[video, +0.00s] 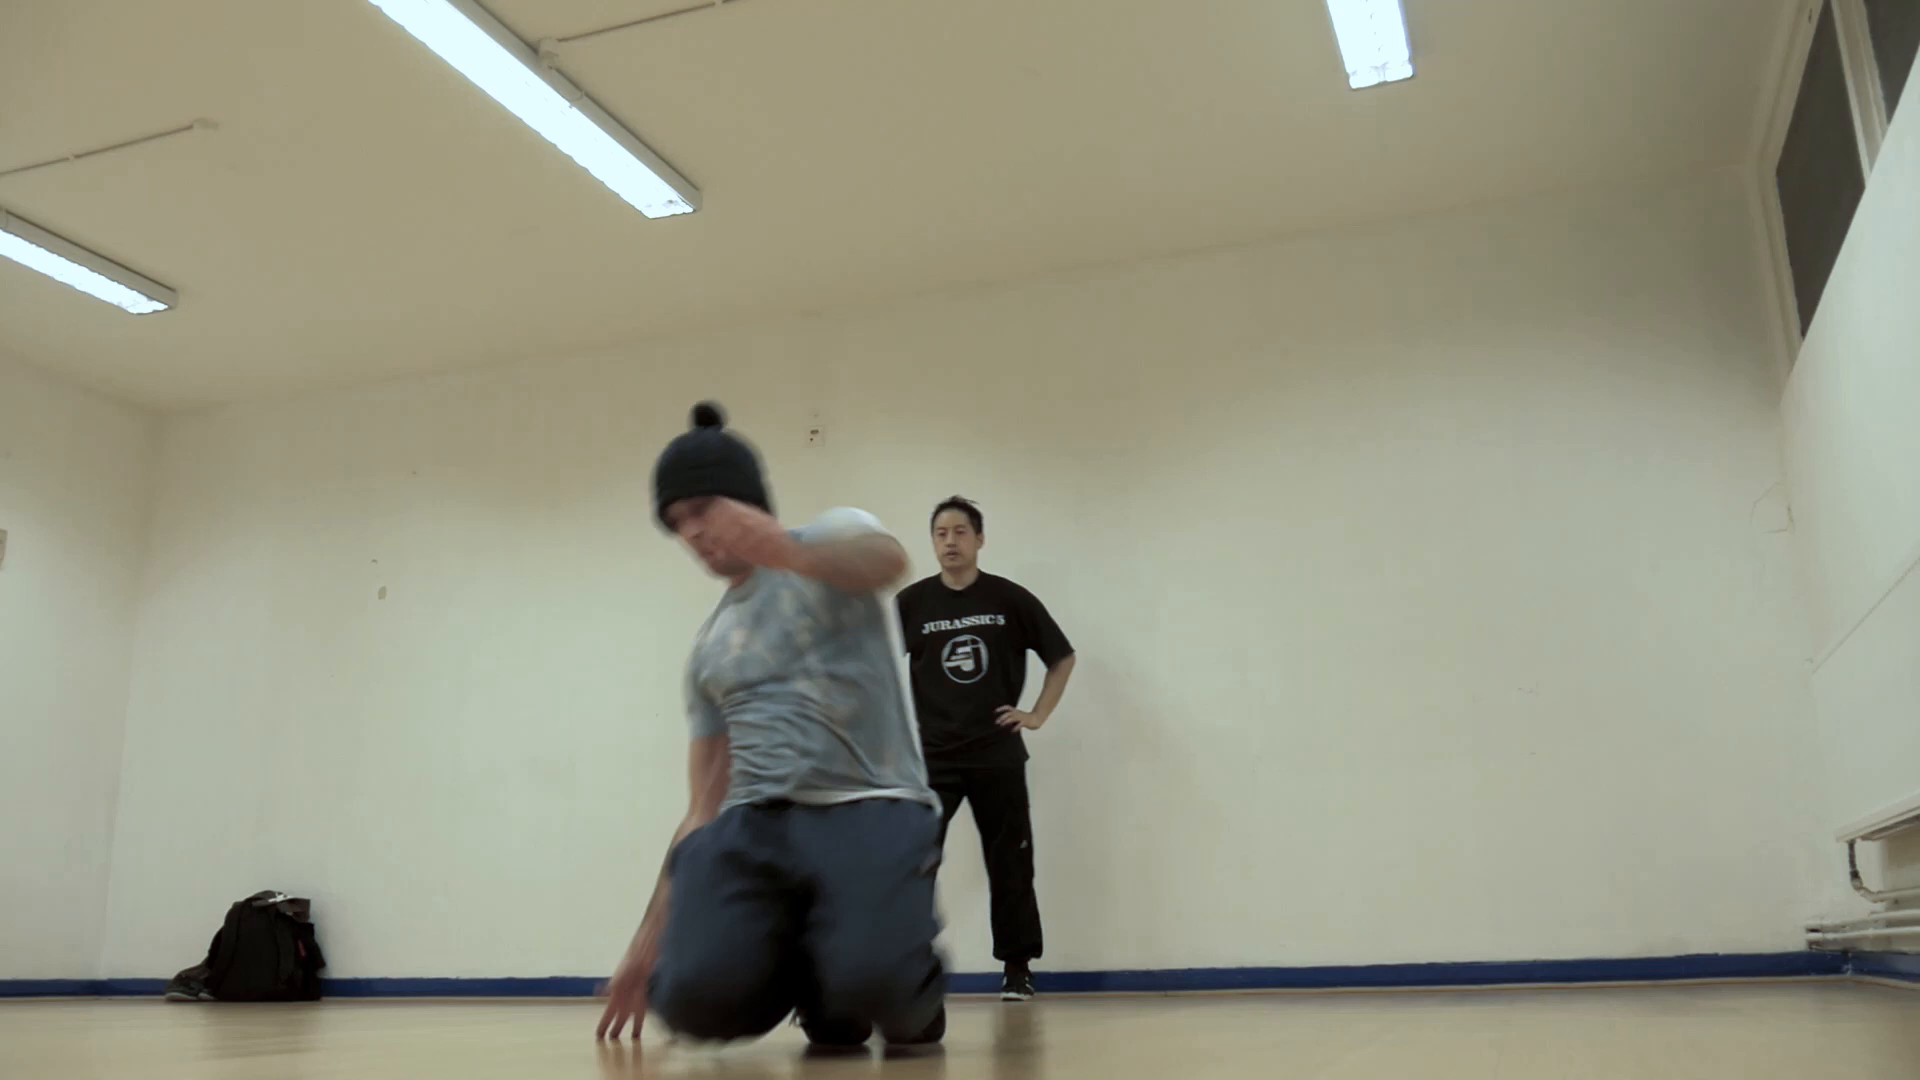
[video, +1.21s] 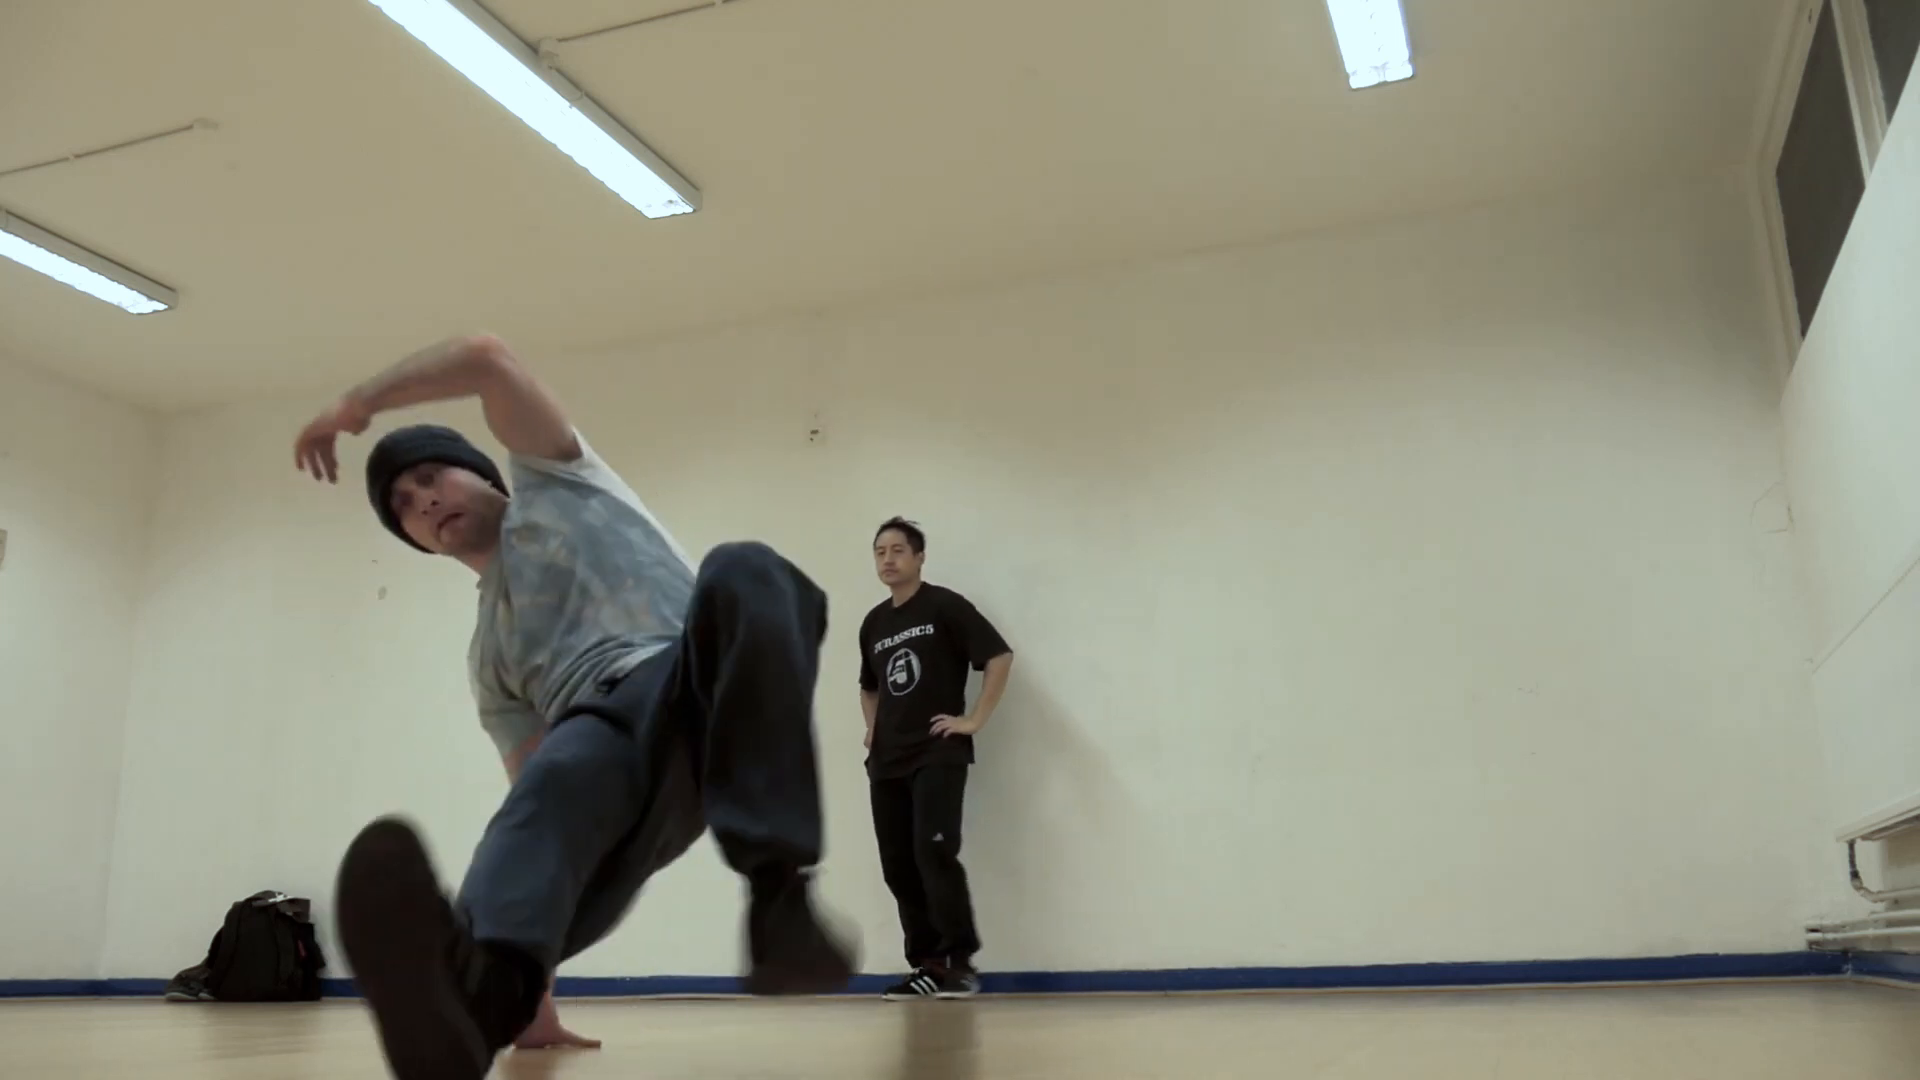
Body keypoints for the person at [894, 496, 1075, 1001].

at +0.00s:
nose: (951, 540)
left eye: (960, 531)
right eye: (942, 533)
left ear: (979, 539)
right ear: (931, 542)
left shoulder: (1010, 599)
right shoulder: (911, 602)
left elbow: (1061, 656)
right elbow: (872, 662)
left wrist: (1038, 714)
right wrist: (888, 724)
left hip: (996, 751)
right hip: (931, 753)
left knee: (1010, 863)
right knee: (910, 860)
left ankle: (1017, 969)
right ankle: (905, 977)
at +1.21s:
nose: (888, 559)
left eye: (898, 550)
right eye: (881, 552)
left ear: (919, 557)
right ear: (875, 561)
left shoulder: (945, 606)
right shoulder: (874, 623)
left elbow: (1000, 657)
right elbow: (870, 686)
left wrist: (976, 719)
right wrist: (872, 729)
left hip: (938, 750)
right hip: (888, 758)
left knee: (935, 852)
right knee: (898, 866)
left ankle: (959, 966)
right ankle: (929, 969)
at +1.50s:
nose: (863, 560)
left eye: (872, 551)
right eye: (855, 553)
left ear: (893, 557)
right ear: (848, 563)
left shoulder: (924, 606)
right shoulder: (847, 626)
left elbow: (979, 657)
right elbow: (841, 687)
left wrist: (955, 722)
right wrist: (854, 734)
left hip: (920, 750)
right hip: (870, 758)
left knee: (897, 855)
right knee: (884, 861)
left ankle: (923, 966)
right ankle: (930, 964)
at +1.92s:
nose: (826, 548)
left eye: (837, 540)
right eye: (819, 540)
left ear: (858, 548)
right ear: (813, 549)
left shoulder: (880, 599)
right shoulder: (810, 612)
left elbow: (930, 655)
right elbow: (807, 680)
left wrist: (899, 715)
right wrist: (816, 727)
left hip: (869, 746)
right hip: (822, 749)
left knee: (854, 859)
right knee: (828, 867)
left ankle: (847, 972)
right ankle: (907, 946)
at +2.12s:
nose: (803, 544)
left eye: (813, 536)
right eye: (796, 537)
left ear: (835, 542)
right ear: (790, 545)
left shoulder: (856, 592)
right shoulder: (790, 603)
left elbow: (906, 648)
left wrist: (878, 712)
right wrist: (801, 713)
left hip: (847, 744)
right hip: (799, 745)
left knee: (843, 855)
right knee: (771, 851)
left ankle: (845, 972)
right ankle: (829, 940)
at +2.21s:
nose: (790, 544)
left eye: (800, 535)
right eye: (783, 535)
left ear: (823, 542)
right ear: (777, 545)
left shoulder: (845, 591)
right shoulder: (779, 607)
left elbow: (895, 646)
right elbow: (795, 672)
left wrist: (869, 713)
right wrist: (793, 720)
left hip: (840, 746)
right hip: (790, 747)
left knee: (839, 855)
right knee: (756, 849)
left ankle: (846, 973)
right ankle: (784, 961)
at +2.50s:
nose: (735, 542)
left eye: (745, 533)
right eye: (728, 534)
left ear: (767, 540)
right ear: (719, 544)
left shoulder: (793, 588)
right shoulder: (720, 609)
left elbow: (849, 643)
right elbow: (725, 676)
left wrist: (827, 712)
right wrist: (729, 724)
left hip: (794, 753)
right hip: (737, 755)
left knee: (814, 859)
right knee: (721, 860)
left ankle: (841, 969)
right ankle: (708, 973)